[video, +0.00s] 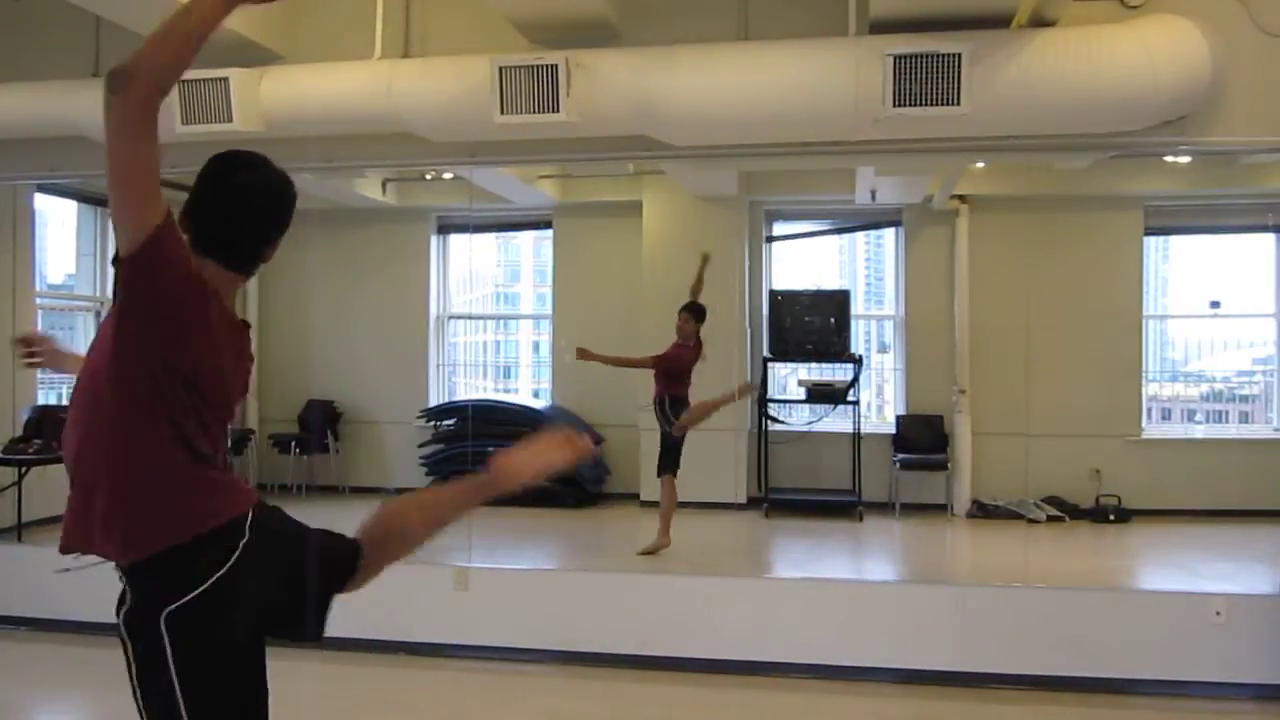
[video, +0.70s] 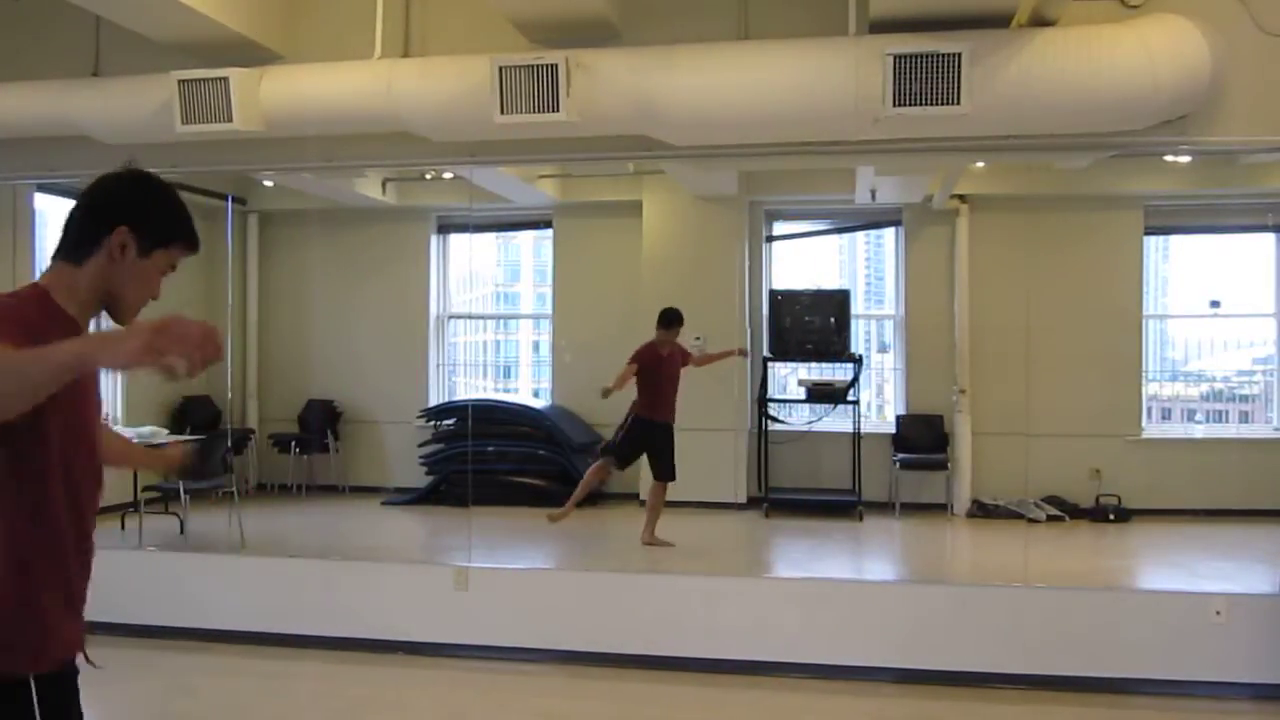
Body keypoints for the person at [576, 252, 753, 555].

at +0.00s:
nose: (679, 324)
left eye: (685, 322)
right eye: (679, 319)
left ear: (695, 326)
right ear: (682, 321)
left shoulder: (674, 356)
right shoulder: (693, 342)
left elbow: (634, 363)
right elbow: (691, 303)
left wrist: (596, 357)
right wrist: (701, 270)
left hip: (667, 399)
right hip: (679, 401)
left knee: (678, 424)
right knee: (667, 472)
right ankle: (663, 536)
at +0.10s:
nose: (667, 324)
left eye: (671, 320)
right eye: (667, 319)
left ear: (683, 323)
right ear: (683, 321)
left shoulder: (675, 354)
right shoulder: (690, 337)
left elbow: (638, 369)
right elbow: (679, 296)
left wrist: (604, 369)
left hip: (667, 405)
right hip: (679, 405)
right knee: (669, 475)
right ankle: (659, 532)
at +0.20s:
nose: (651, 327)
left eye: (655, 323)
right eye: (652, 322)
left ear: (668, 325)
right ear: (675, 323)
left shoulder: (668, 351)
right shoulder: (687, 337)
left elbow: (646, 377)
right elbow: (676, 320)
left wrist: (632, 382)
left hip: (661, 408)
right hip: (684, 416)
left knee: (633, 447)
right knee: (665, 480)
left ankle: (626, 480)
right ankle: (648, 537)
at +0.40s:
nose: (670, 328)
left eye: (663, 323)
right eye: (675, 324)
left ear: (656, 324)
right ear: (679, 326)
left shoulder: (641, 351)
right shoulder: (687, 354)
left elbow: (640, 379)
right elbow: (704, 393)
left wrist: (680, 381)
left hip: (637, 416)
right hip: (664, 419)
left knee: (635, 472)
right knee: (659, 480)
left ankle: (635, 520)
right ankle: (647, 538)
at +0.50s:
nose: (693, 333)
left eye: (694, 328)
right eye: (694, 328)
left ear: (674, 321)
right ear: (687, 324)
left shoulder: (654, 341)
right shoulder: (679, 348)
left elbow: (664, 381)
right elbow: (672, 390)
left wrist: (696, 383)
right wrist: (678, 428)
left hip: (638, 405)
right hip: (648, 408)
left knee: (648, 467)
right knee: (641, 468)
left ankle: (653, 519)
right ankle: (633, 528)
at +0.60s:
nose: (688, 339)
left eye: (690, 334)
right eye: (688, 333)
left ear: (676, 330)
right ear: (676, 328)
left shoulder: (669, 351)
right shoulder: (657, 351)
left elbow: (683, 375)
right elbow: (645, 390)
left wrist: (717, 371)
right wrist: (647, 422)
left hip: (658, 418)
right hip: (640, 418)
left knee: (663, 475)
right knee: (616, 466)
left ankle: (650, 531)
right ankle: (593, 518)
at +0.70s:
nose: (678, 333)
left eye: (678, 329)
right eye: (678, 329)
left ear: (664, 327)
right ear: (672, 328)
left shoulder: (677, 351)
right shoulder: (647, 351)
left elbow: (698, 361)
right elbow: (628, 373)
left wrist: (732, 353)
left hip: (663, 425)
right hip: (639, 420)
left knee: (661, 480)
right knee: (606, 463)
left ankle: (649, 534)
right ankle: (568, 507)